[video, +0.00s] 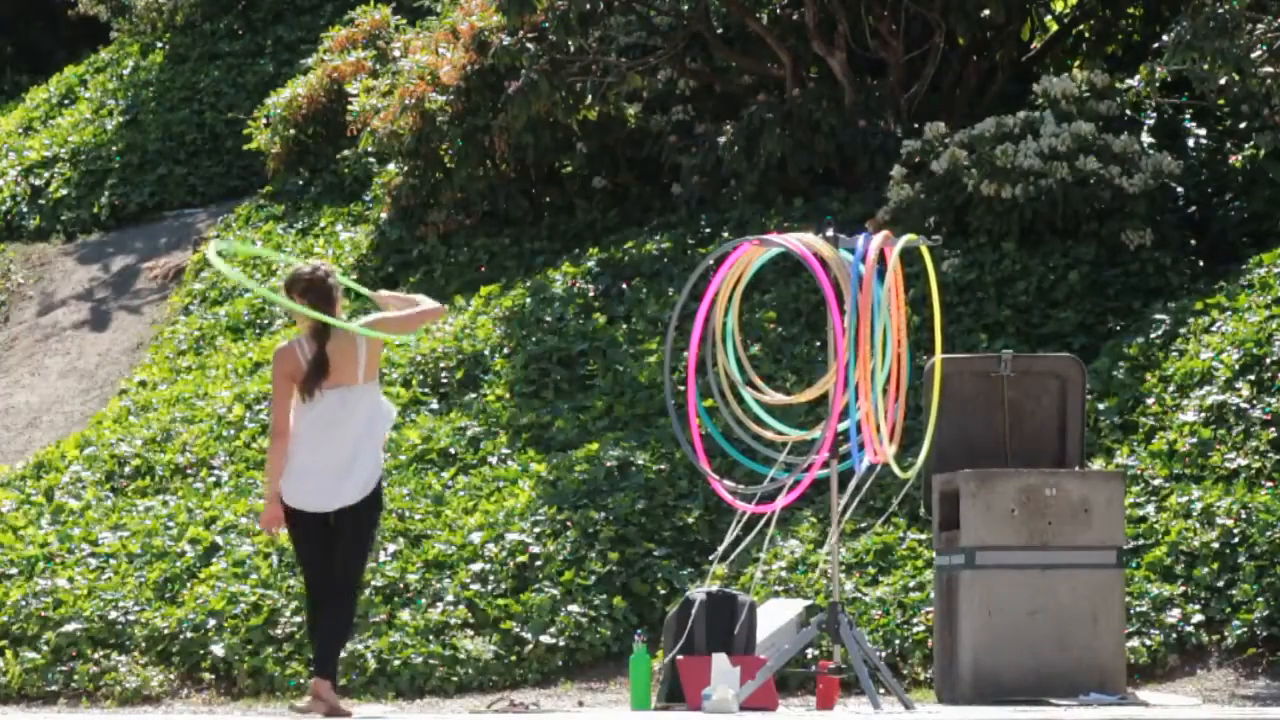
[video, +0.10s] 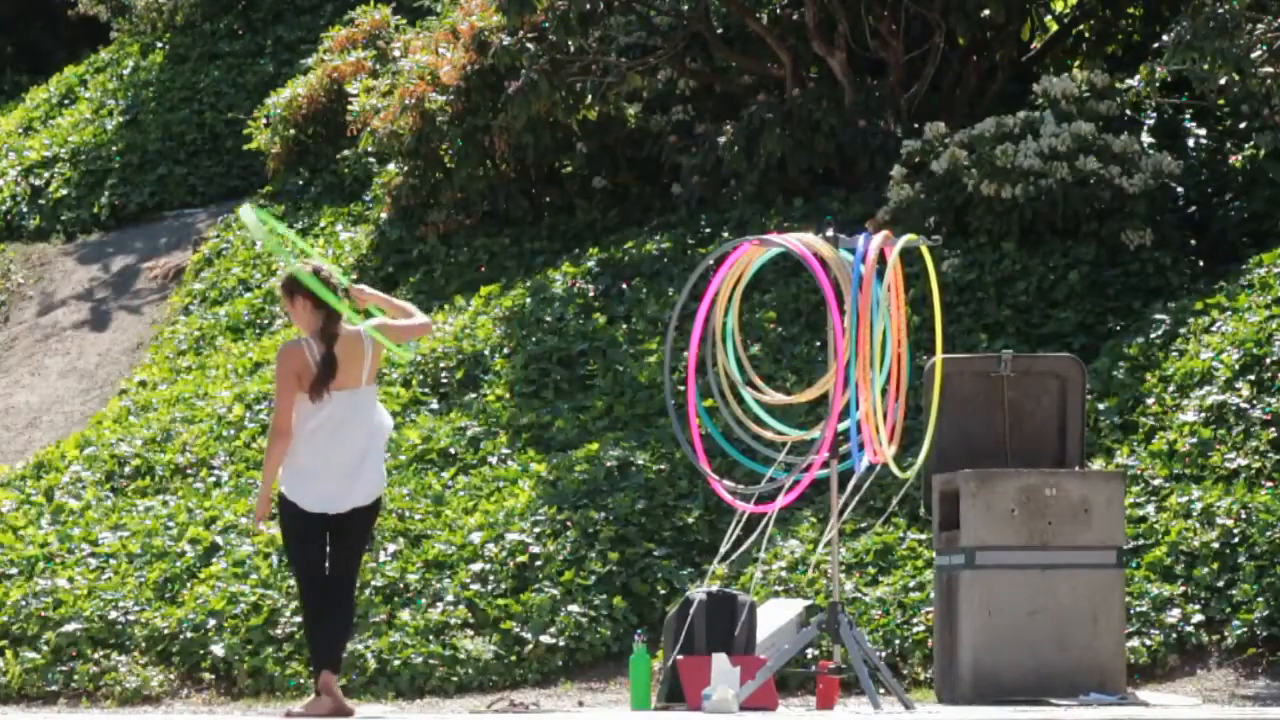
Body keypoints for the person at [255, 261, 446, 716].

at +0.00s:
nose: (287, 309)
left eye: (289, 303)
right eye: (287, 302)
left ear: (299, 306)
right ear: (336, 298)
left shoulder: (289, 356)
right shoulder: (369, 333)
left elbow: (279, 433)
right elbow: (435, 309)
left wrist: (271, 495)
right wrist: (383, 298)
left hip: (303, 489)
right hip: (360, 485)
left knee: (318, 586)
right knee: (345, 585)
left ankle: (326, 686)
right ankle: (322, 682)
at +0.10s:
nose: (288, 313)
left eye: (289, 303)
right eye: (287, 304)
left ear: (305, 301)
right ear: (330, 299)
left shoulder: (295, 353)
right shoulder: (371, 337)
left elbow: (281, 431)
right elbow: (422, 323)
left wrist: (264, 489)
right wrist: (374, 297)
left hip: (306, 488)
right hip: (362, 488)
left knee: (311, 584)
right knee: (343, 583)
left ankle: (328, 689)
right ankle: (326, 685)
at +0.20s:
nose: (287, 317)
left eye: (288, 308)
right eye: (285, 309)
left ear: (307, 305)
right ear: (327, 303)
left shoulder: (301, 353)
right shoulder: (366, 341)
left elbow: (284, 428)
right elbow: (397, 338)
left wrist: (256, 490)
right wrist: (359, 303)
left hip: (309, 486)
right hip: (360, 484)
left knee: (313, 587)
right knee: (338, 581)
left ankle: (325, 693)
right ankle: (343, 674)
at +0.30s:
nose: (288, 319)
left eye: (291, 310)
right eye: (286, 311)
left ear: (315, 304)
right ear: (326, 304)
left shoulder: (309, 356)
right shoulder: (362, 345)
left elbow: (286, 431)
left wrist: (251, 490)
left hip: (307, 479)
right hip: (349, 478)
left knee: (310, 587)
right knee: (323, 581)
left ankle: (324, 695)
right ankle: (361, 661)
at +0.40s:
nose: (285, 316)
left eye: (292, 308)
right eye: (285, 308)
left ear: (320, 308)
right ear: (322, 310)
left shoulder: (323, 359)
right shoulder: (341, 352)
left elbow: (290, 431)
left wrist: (250, 487)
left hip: (310, 483)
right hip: (328, 482)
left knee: (305, 587)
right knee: (309, 584)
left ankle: (324, 696)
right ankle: (367, 664)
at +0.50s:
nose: (295, 322)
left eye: (299, 313)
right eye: (292, 314)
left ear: (328, 307)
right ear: (326, 310)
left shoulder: (335, 359)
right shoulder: (333, 352)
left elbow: (295, 427)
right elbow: (296, 385)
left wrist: (250, 484)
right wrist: (262, 348)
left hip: (312, 482)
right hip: (305, 479)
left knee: (304, 586)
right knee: (289, 582)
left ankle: (324, 695)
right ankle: (360, 668)